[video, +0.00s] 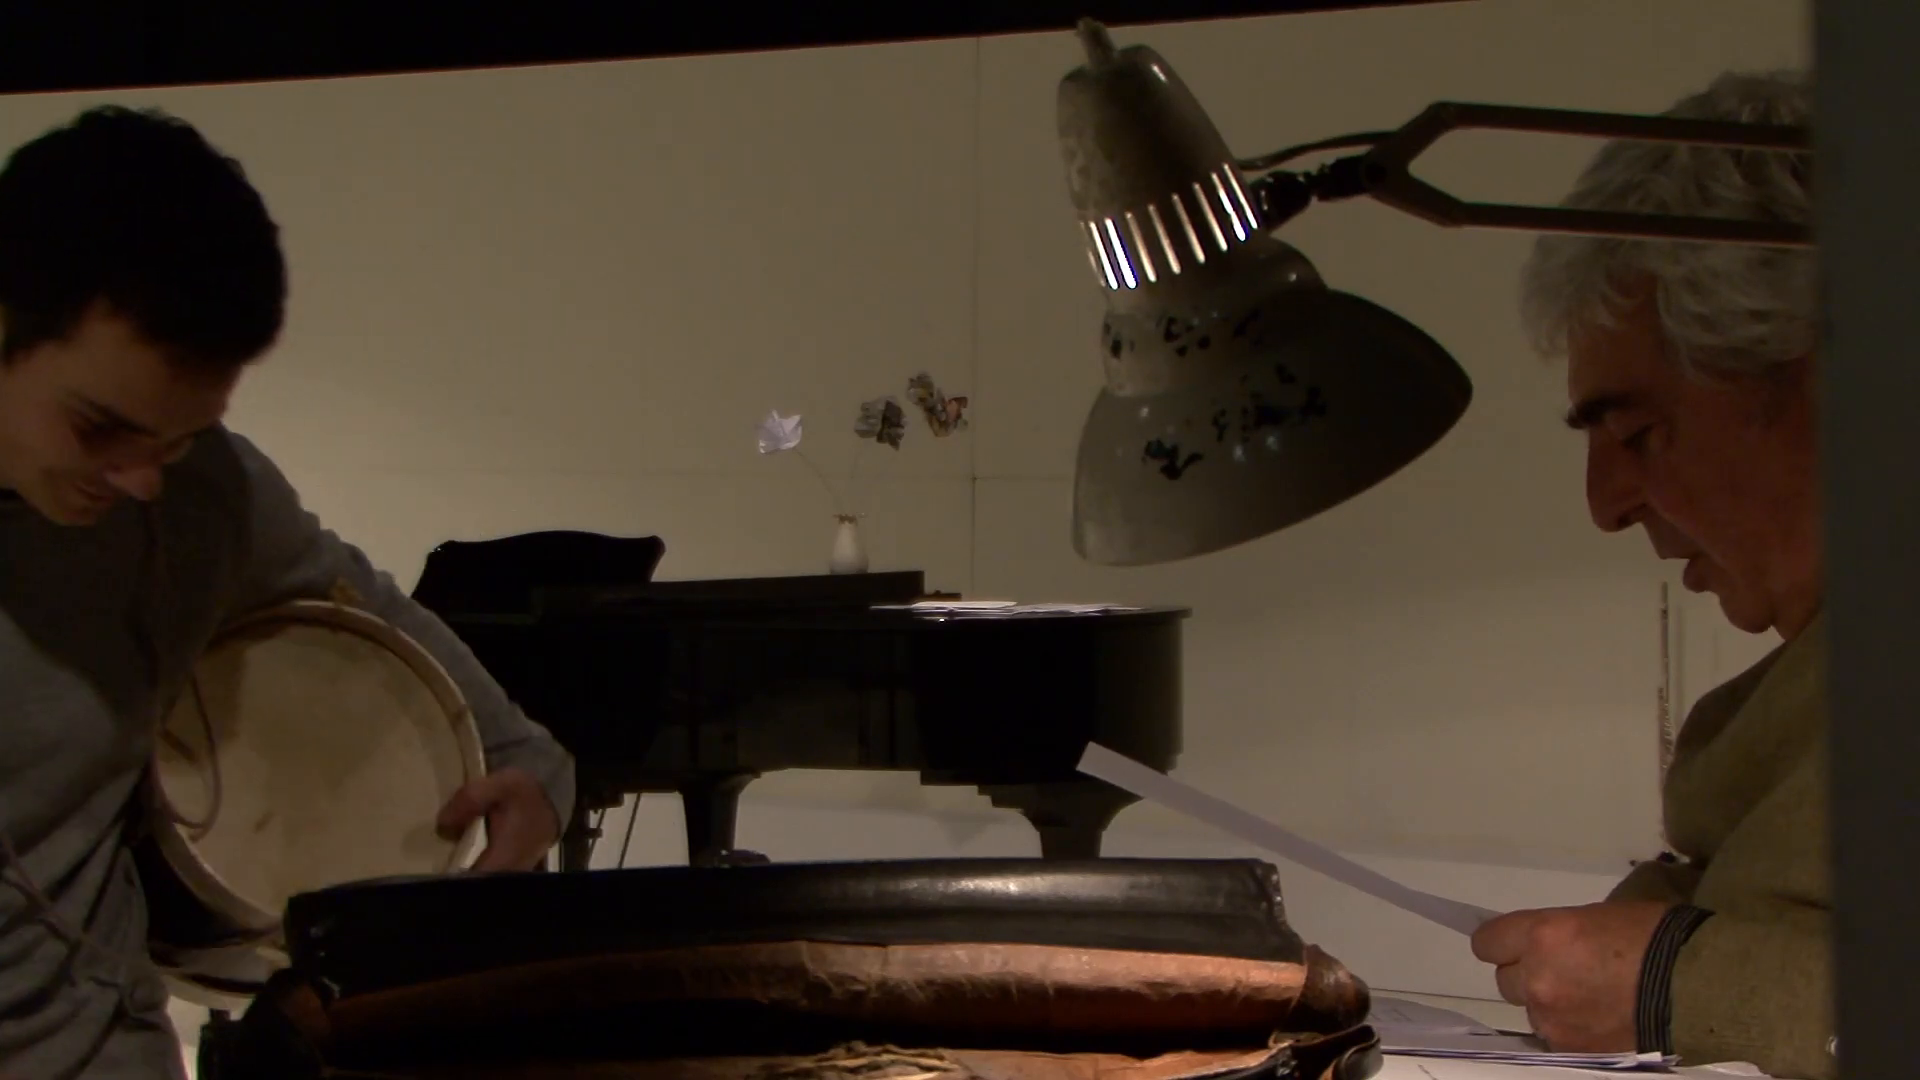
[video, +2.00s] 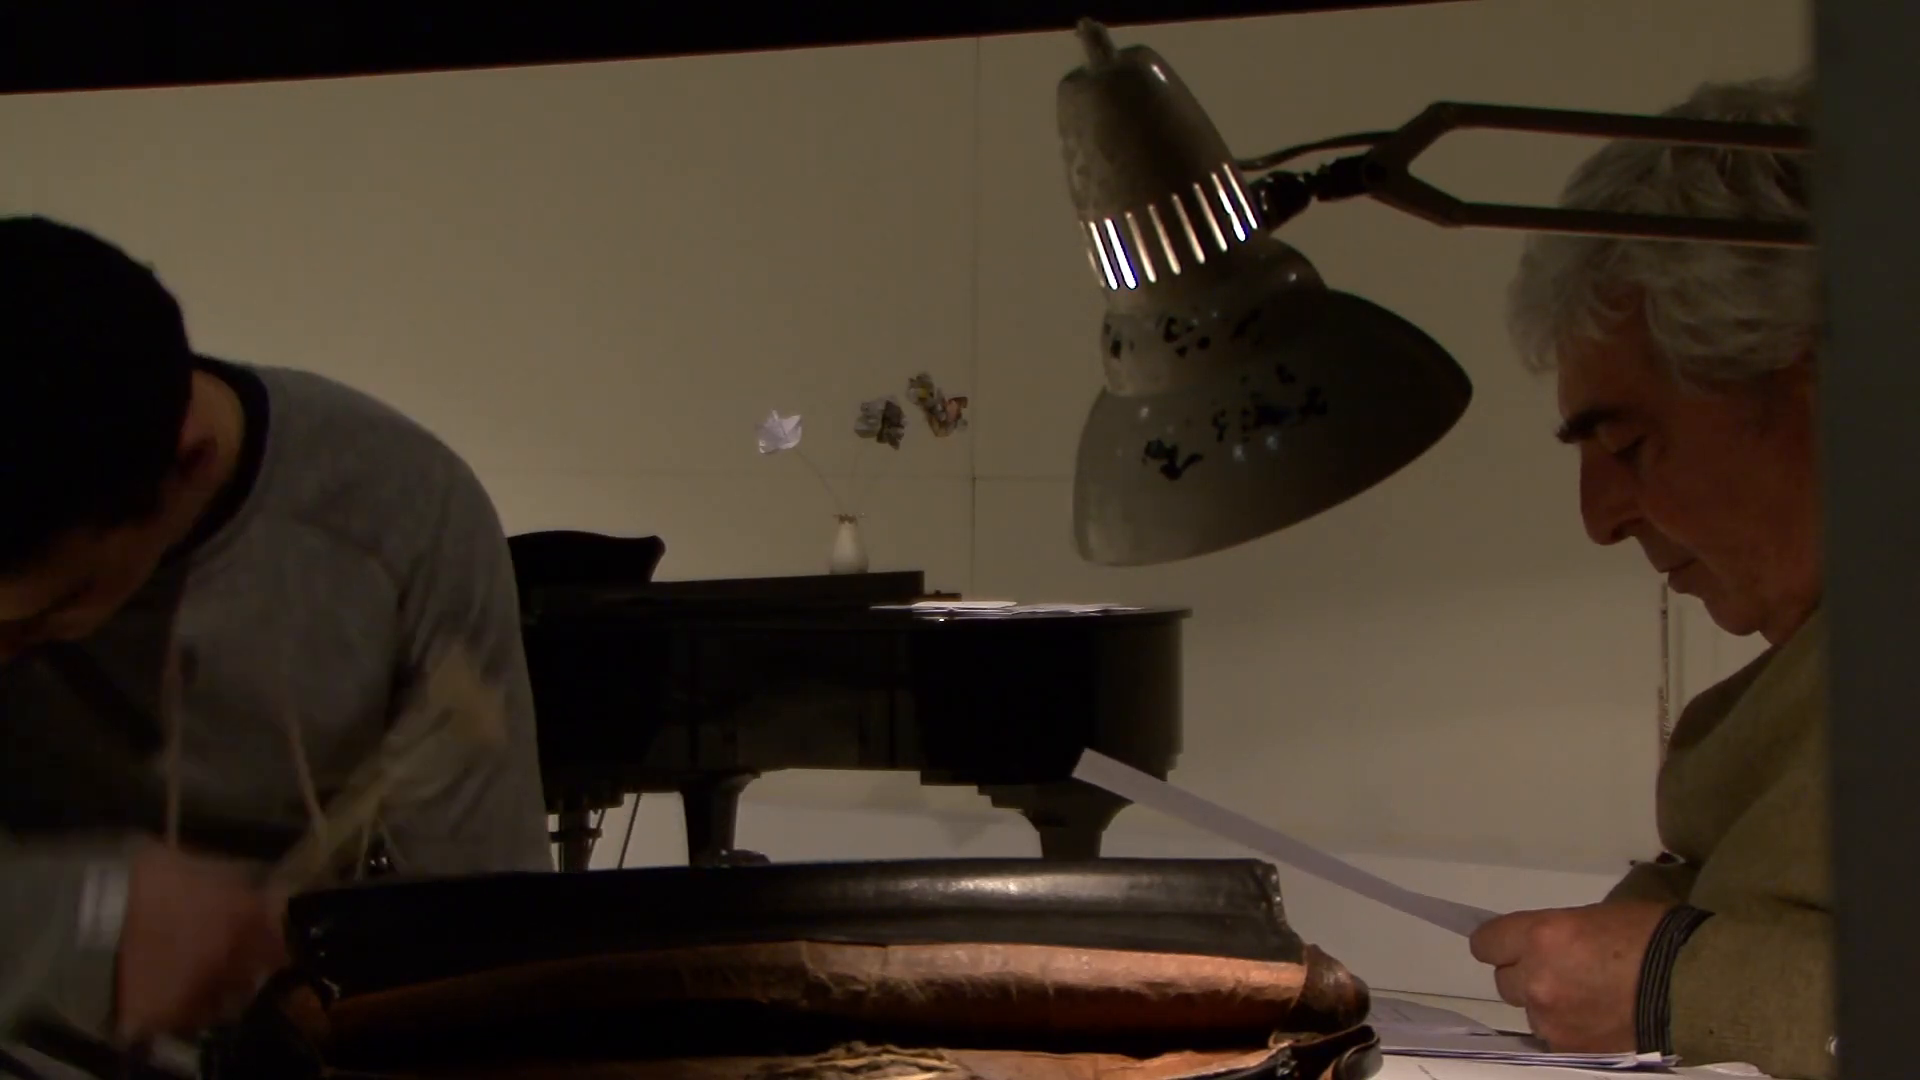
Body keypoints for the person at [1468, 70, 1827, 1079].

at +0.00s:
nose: (1608, 506)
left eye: (1636, 430)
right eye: (1597, 441)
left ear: (1815, 372)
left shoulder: (1875, 658)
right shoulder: (1797, 676)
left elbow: (1895, 1007)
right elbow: (1749, 871)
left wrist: (1673, 983)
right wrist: (1653, 927)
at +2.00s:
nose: (1602, 518)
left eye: (1625, 439)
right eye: (1589, 451)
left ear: (1809, 381)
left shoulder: (1872, 657)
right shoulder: (1795, 670)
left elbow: (1892, 1006)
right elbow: (1737, 873)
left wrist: (1673, 984)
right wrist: (1646, 942)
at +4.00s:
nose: (1600, 522)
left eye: (1624, 443)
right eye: (1589, 456)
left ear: (1807, 382)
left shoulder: (1871, 654)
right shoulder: (1796, 667)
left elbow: (1892, 1004)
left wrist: (1673, 984)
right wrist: (1645, 943)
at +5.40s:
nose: (1594, 533)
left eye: (1617, 455)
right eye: (1582, 470)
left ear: (1800, 383)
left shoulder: (1872, 661)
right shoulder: (1783, 685)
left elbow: (1889, 1008)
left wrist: (1674, 983)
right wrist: (1654, 930)